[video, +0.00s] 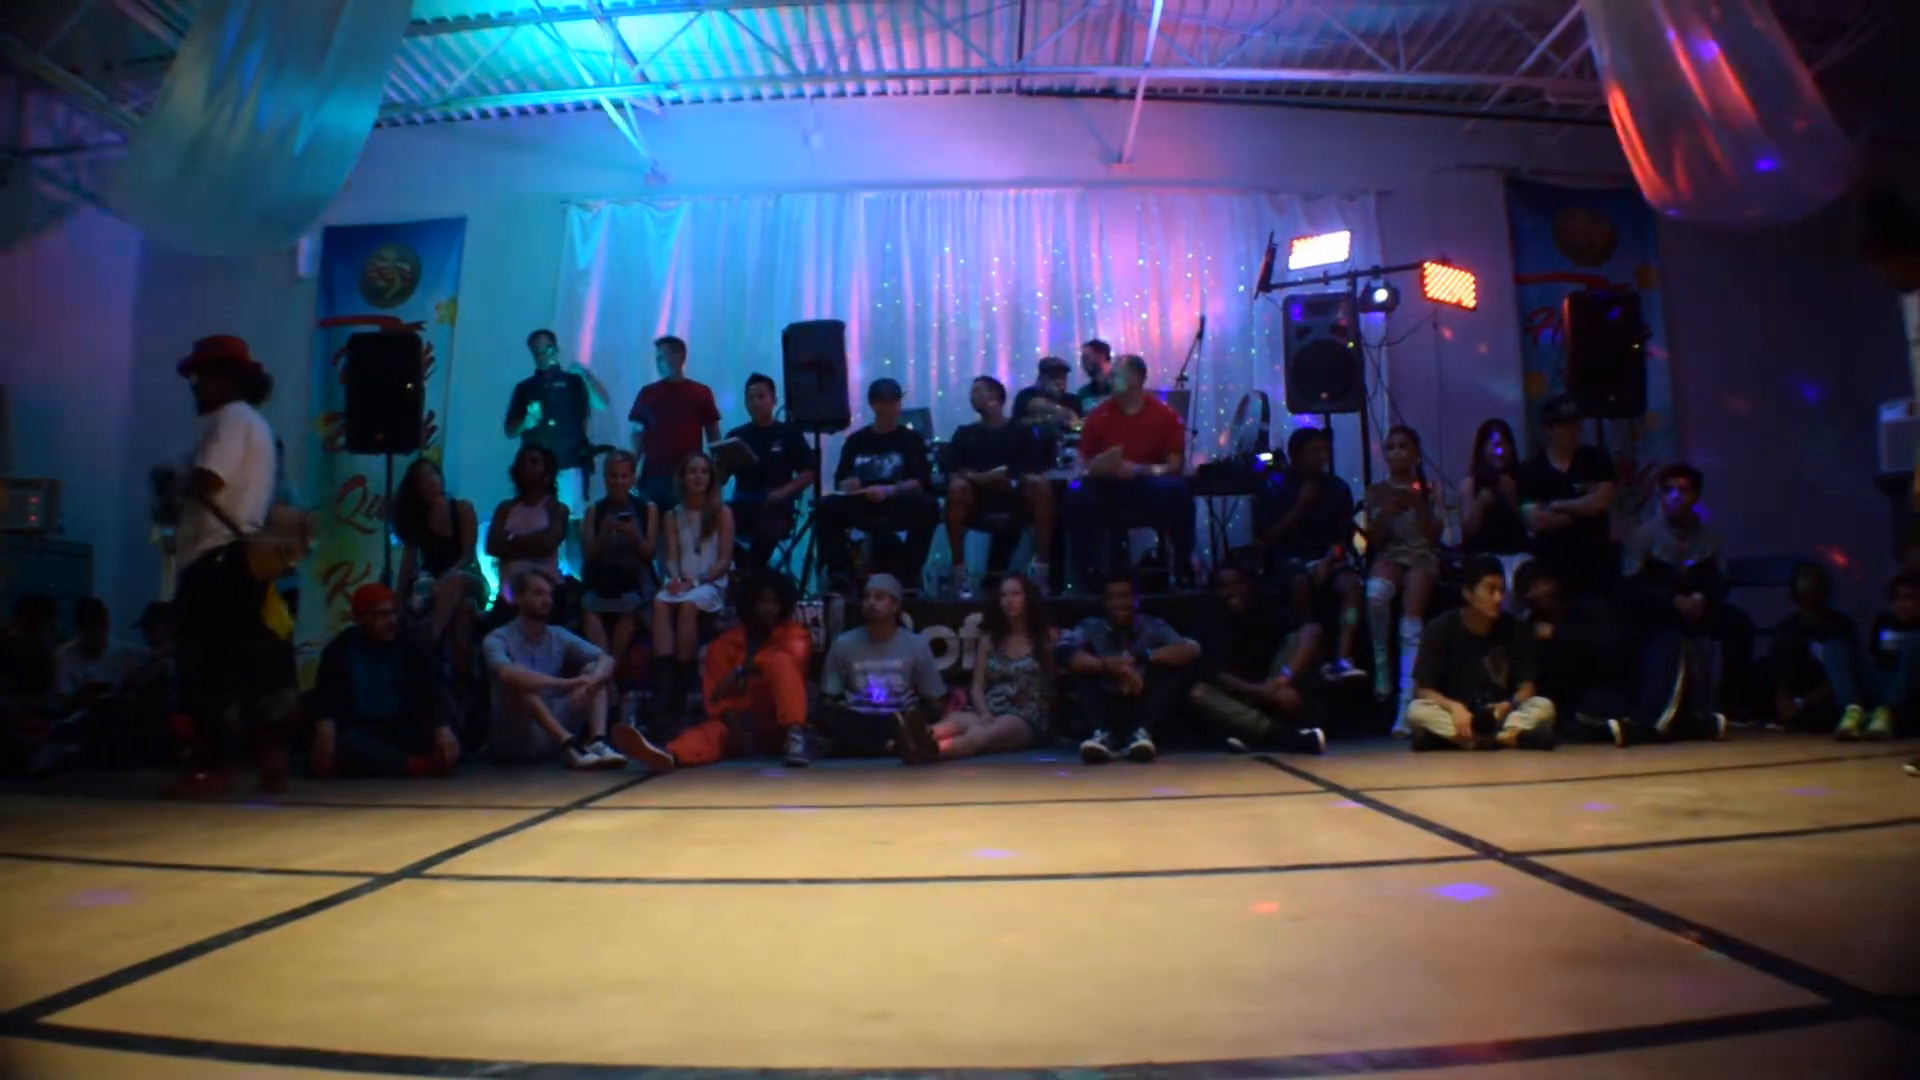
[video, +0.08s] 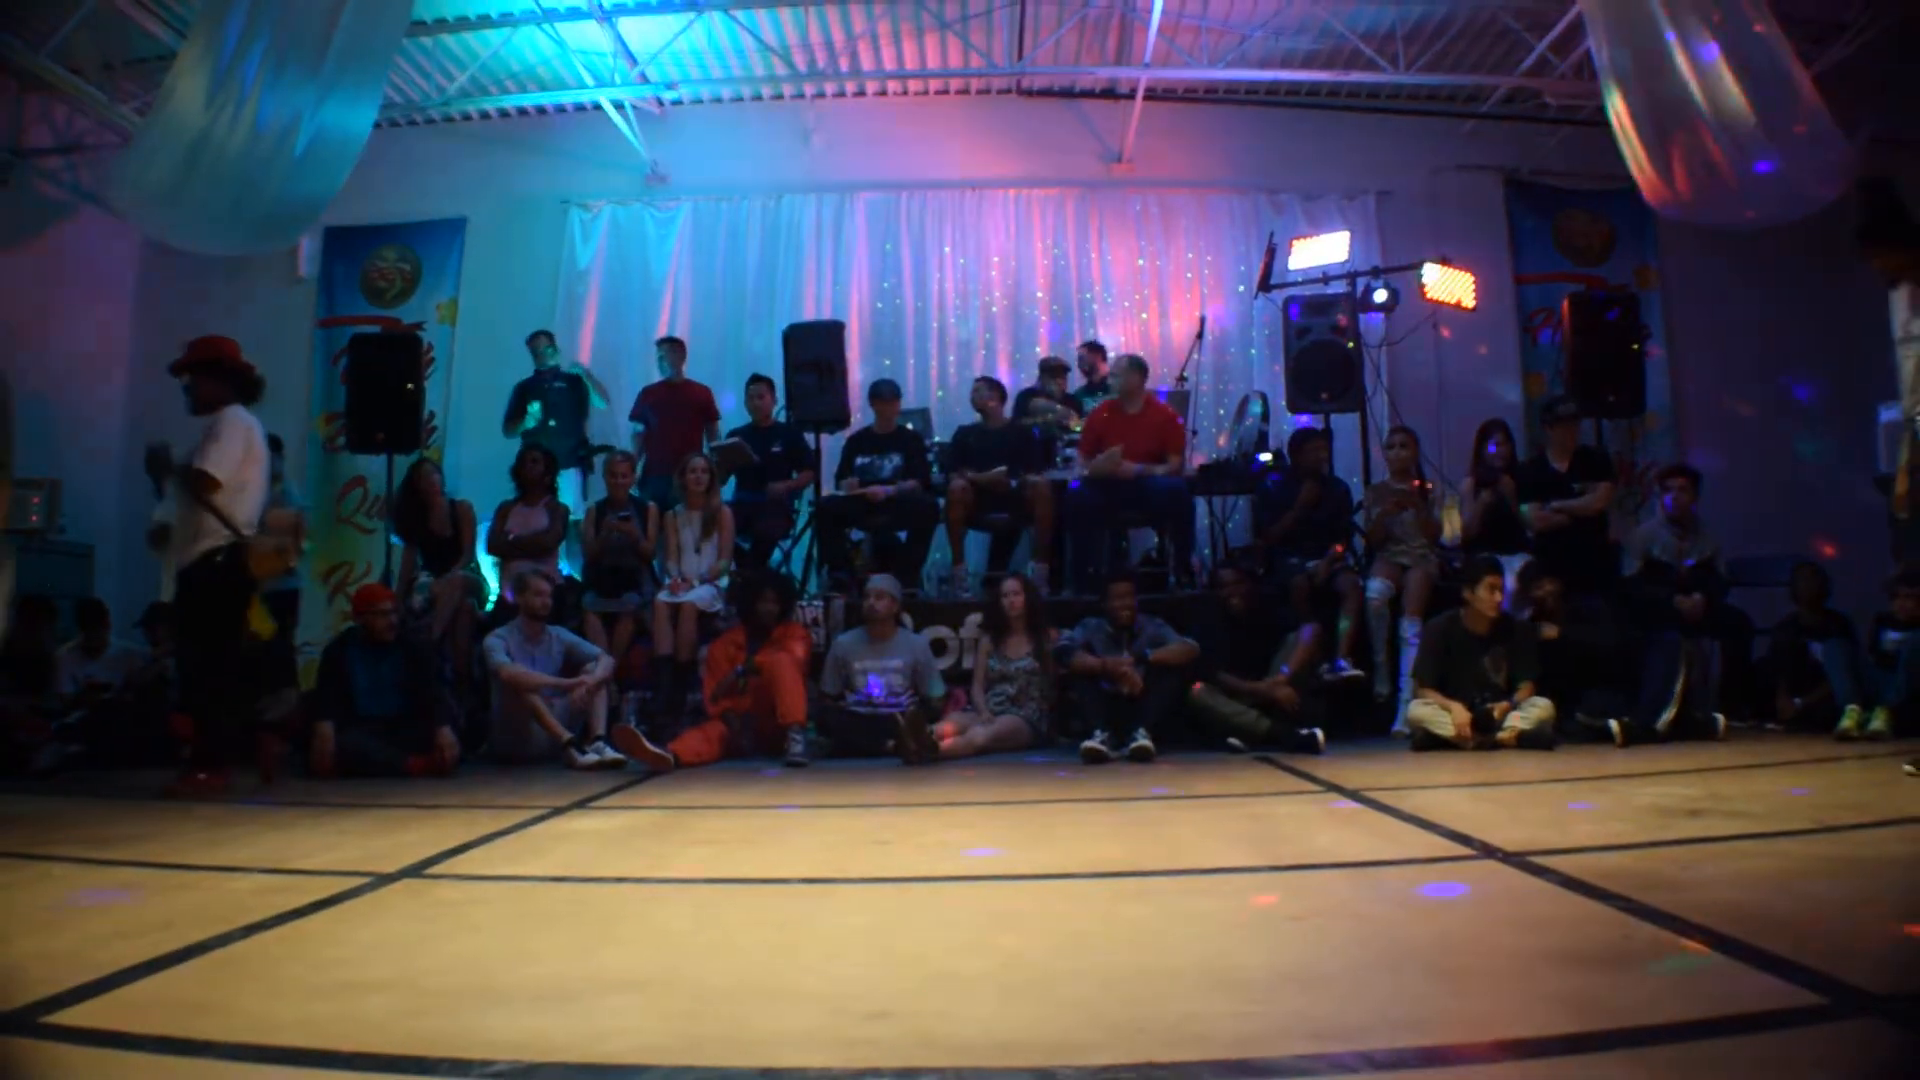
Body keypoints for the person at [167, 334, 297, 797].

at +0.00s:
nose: (196, 388)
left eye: (203, 379)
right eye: (196, 380)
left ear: (224, 380)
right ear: (238, 381)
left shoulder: (233, 419)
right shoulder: (254, 424)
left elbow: (210, 481)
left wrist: (174, 481)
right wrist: (183, 486)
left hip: (216, 564)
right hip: (237, 561)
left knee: (204, 668)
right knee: (242, 665)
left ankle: (208, 764)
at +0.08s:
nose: (189, 391)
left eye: (196, 381)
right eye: (189, 382)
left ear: (218, 382)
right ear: (223, 384)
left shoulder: (234, 422)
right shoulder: (229, 425)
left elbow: (205, 483)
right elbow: (207, 492)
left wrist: (168, 470)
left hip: (217, 565)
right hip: (210, 566)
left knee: (207, 667)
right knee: (208, 667)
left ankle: (211, 764)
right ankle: (213, 760)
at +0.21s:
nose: (179, 389)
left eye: (186, 380)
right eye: (179, 381)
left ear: (211, 381)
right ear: (201, 384)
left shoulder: (232, 422)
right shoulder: (205, 428)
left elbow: (197, 476)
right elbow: (184, 501)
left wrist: (167, 442)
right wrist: (164, 549)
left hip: (214, 564)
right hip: (189, 567)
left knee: (202, 667)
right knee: (191, 667)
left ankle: (210, 762)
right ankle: (202, 760)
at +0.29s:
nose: (175, 386)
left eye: (184, 377)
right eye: (175, 378)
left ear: (208, 379)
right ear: (189, 383)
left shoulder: (230, 423)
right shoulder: (196, 427)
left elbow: (191, 471)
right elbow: (181, 512)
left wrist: (166, 427)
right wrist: (161, 566)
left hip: (212, 568)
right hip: (182, 571)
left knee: (198, 669)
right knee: (178, 670)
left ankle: (206, 764)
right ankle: (191, 763)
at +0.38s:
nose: (172, 386)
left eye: (180, 377)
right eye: (171, 378)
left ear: (205, 379)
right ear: (180, 383)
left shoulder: (227, 422)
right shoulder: (190, 428)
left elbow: (185, 464)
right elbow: (181, 513)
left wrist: (162, 416)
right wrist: (155, 564)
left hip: (209, 567)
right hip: (176, 571)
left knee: (196, 670)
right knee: (160, 669)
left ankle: (203, 764)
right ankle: (166, 763)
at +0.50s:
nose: (160, 385)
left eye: (169, 376)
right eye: (159, 377)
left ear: (194, 378)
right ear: (165, 381)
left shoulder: (217, 418)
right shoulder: (165, 427)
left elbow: (185, 453)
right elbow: (157, 510)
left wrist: (156, 410)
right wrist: (132, 566)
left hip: (200, 566)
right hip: (158, 571)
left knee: (198, 672)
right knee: (144, 674)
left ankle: (208, 766)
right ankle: (133, 765)